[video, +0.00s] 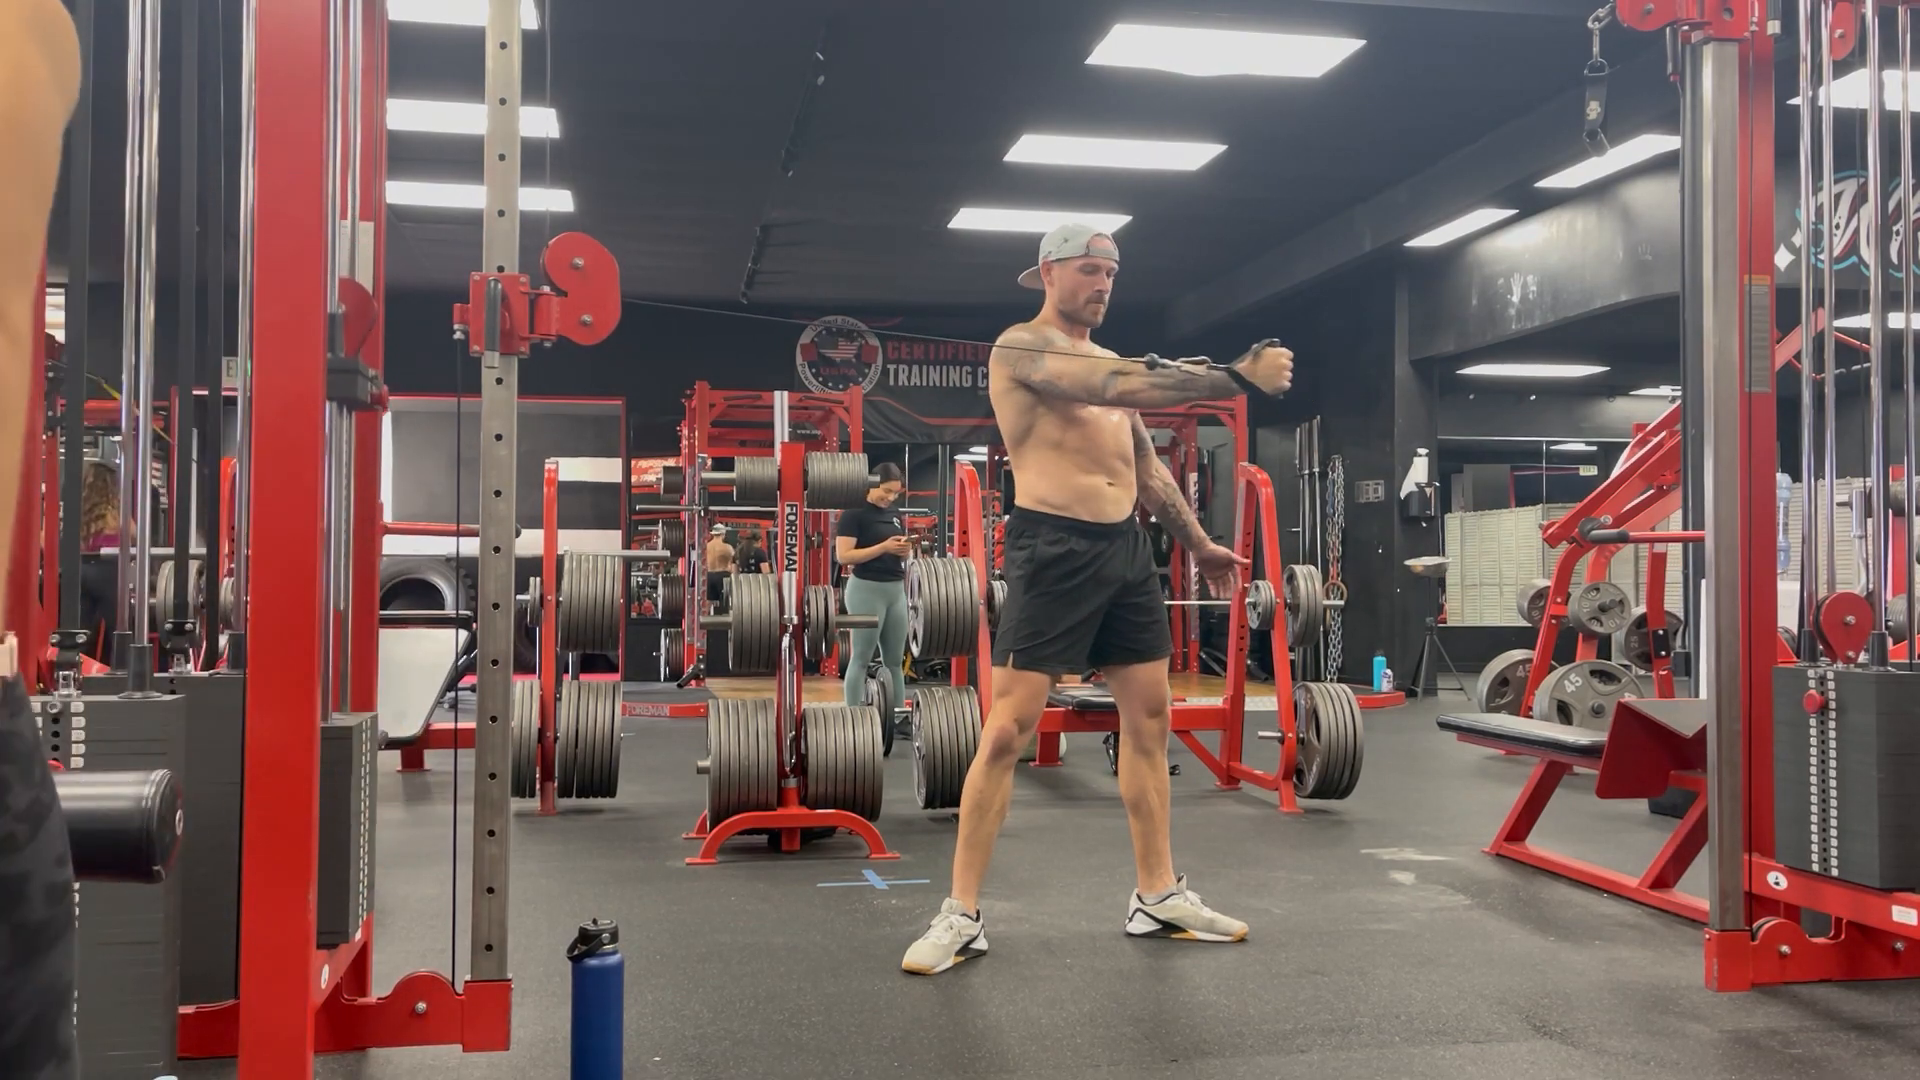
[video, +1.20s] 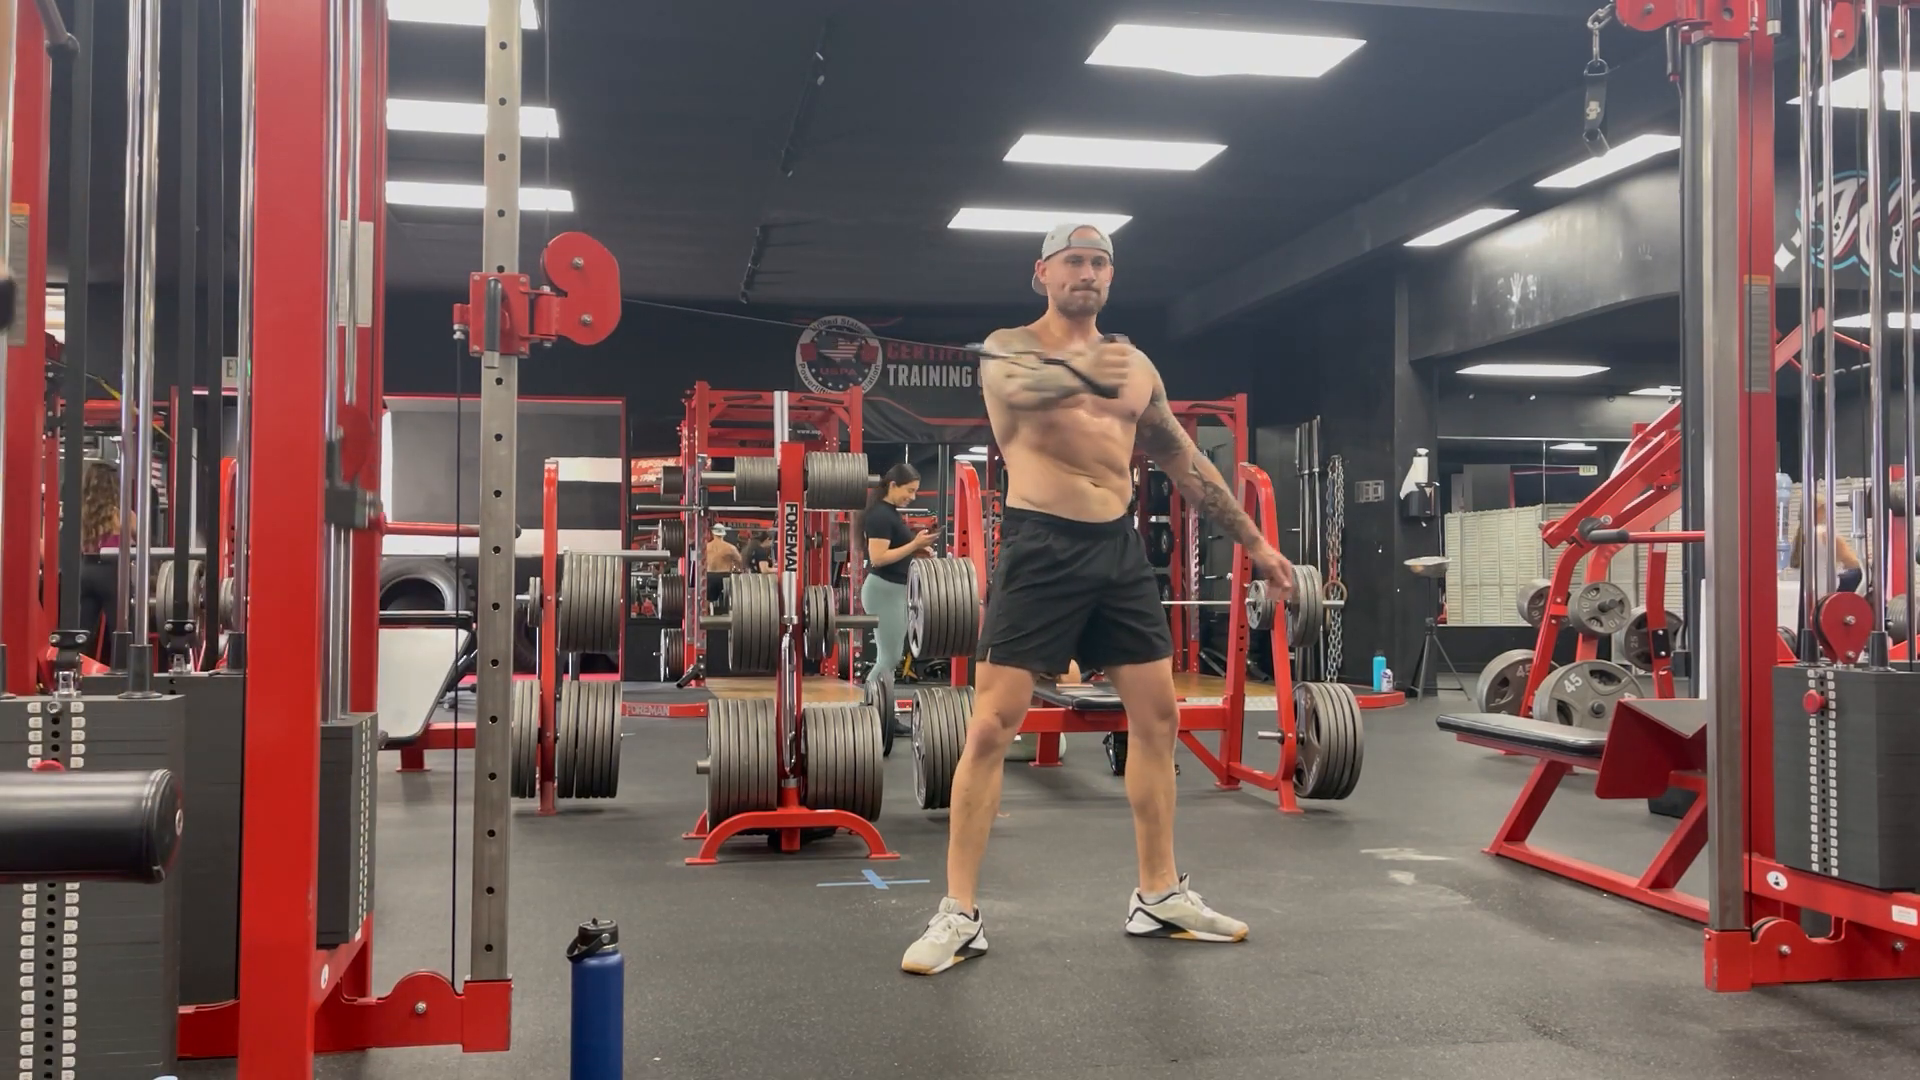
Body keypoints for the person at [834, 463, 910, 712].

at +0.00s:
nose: (891, 498)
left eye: (896, 493)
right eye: (887, 491)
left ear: (899, 490)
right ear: (873, 484)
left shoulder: (893, 515)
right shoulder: (853, 514)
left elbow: (902, 553)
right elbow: (843, 555)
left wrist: (906, 549)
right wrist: (883, 548)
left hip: (895, 590)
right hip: (866, 589)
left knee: (895, 662)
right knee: (861, 659)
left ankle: (897, 721)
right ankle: (853, 721)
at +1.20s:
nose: (912, 497)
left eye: (914, 492)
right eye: (909, 490)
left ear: (898, 489)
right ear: (893, 485)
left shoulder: (892, 513)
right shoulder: (880, 514)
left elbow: (891, 551)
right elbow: (877, 558)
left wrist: (916, 549)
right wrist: (914, 545)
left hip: (893, 589)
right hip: (884, 589)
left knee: (891, 657)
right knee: (889, 658)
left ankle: (880, 712)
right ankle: (869, 713)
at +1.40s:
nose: (923, 498)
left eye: (926, 493)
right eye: (921, 492)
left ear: (907, 488)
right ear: (904, 485)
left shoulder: (899, 512)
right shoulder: (892, 513)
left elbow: (897, 551)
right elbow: (887, 557)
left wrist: (921, 550)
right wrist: (923, 546)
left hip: (893, 585)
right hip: (890, 586)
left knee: (889, 657)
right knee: (919, 650)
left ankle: (881, 713)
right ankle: (898, 712)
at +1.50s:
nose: (931, 499)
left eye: (933, 494)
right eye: (928, 493)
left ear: (913, 488)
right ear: (912, 487)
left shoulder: (906, 511)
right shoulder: (898, 513)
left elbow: (904, 551)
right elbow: (892, 557)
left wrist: (929, 549)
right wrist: (928, 546)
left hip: (897, 583)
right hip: (896, 584)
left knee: (893, 653)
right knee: (928, 648)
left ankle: (882, 714)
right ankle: (926, 716)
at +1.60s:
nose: (937, 501)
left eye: (941, 496)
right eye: (935, 494)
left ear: (920, 490)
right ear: (919, 488)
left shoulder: (915, 513)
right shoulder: (905, 514)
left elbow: (912, 552)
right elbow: (898, 558)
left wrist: (937, 549)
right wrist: (934, 547)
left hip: (903, 582)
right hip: (903, 584)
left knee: (897, 652)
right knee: (933, 648)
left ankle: (884, 712)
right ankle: (945, 715)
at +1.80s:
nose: (954, 500)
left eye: (956, 495)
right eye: (952, 494)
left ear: (943, 493)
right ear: (939, 491)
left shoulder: (940, 516)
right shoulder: (926, 518)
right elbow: (918, 560)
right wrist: (955, 550)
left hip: (947, 593)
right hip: (930, 594)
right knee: (919, 651)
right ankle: (887, 704)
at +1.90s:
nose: (964, 499)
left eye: (965, 494)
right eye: (960, 493)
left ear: (955, 493)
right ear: (949, 492)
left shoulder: (956, 515)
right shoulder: (938, 517)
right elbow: (928, 560)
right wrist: (961, 552)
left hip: (957, 590)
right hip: (943, 592)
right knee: (941, 655)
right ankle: (899, 706)